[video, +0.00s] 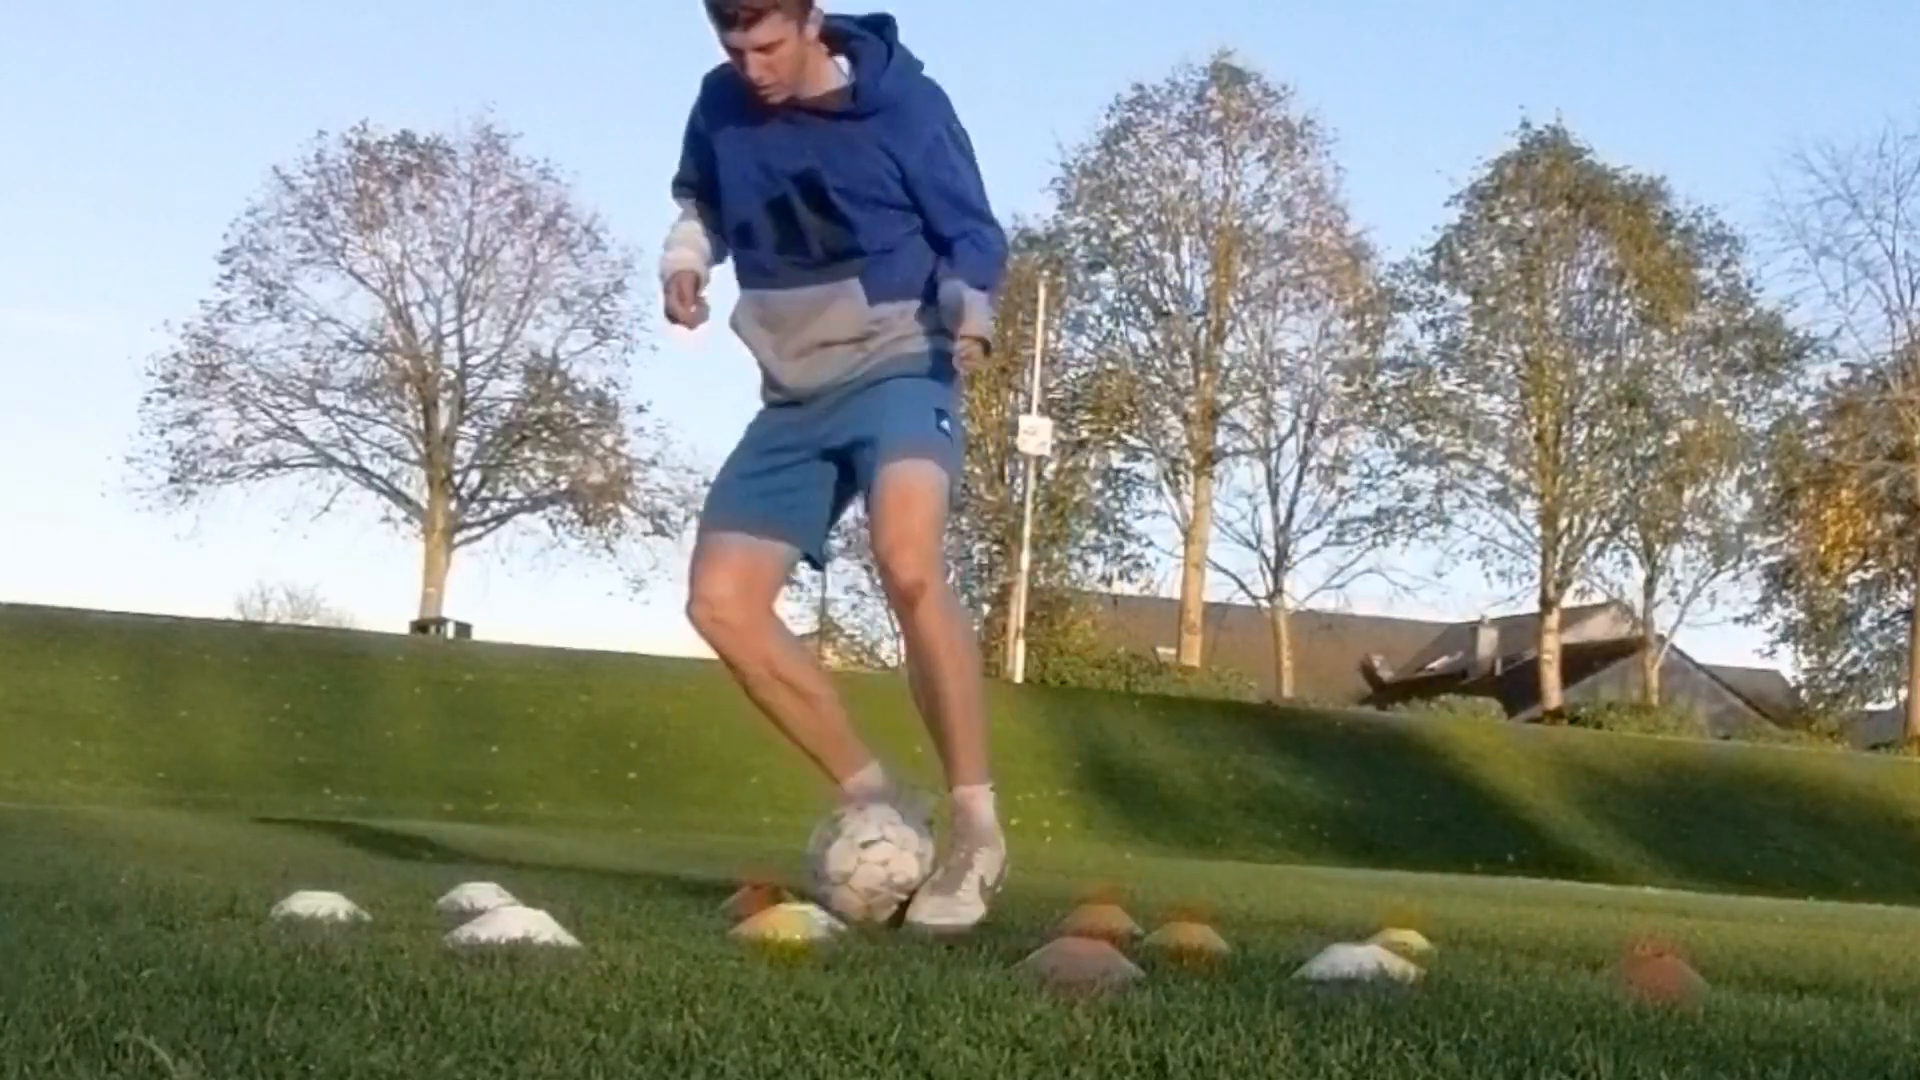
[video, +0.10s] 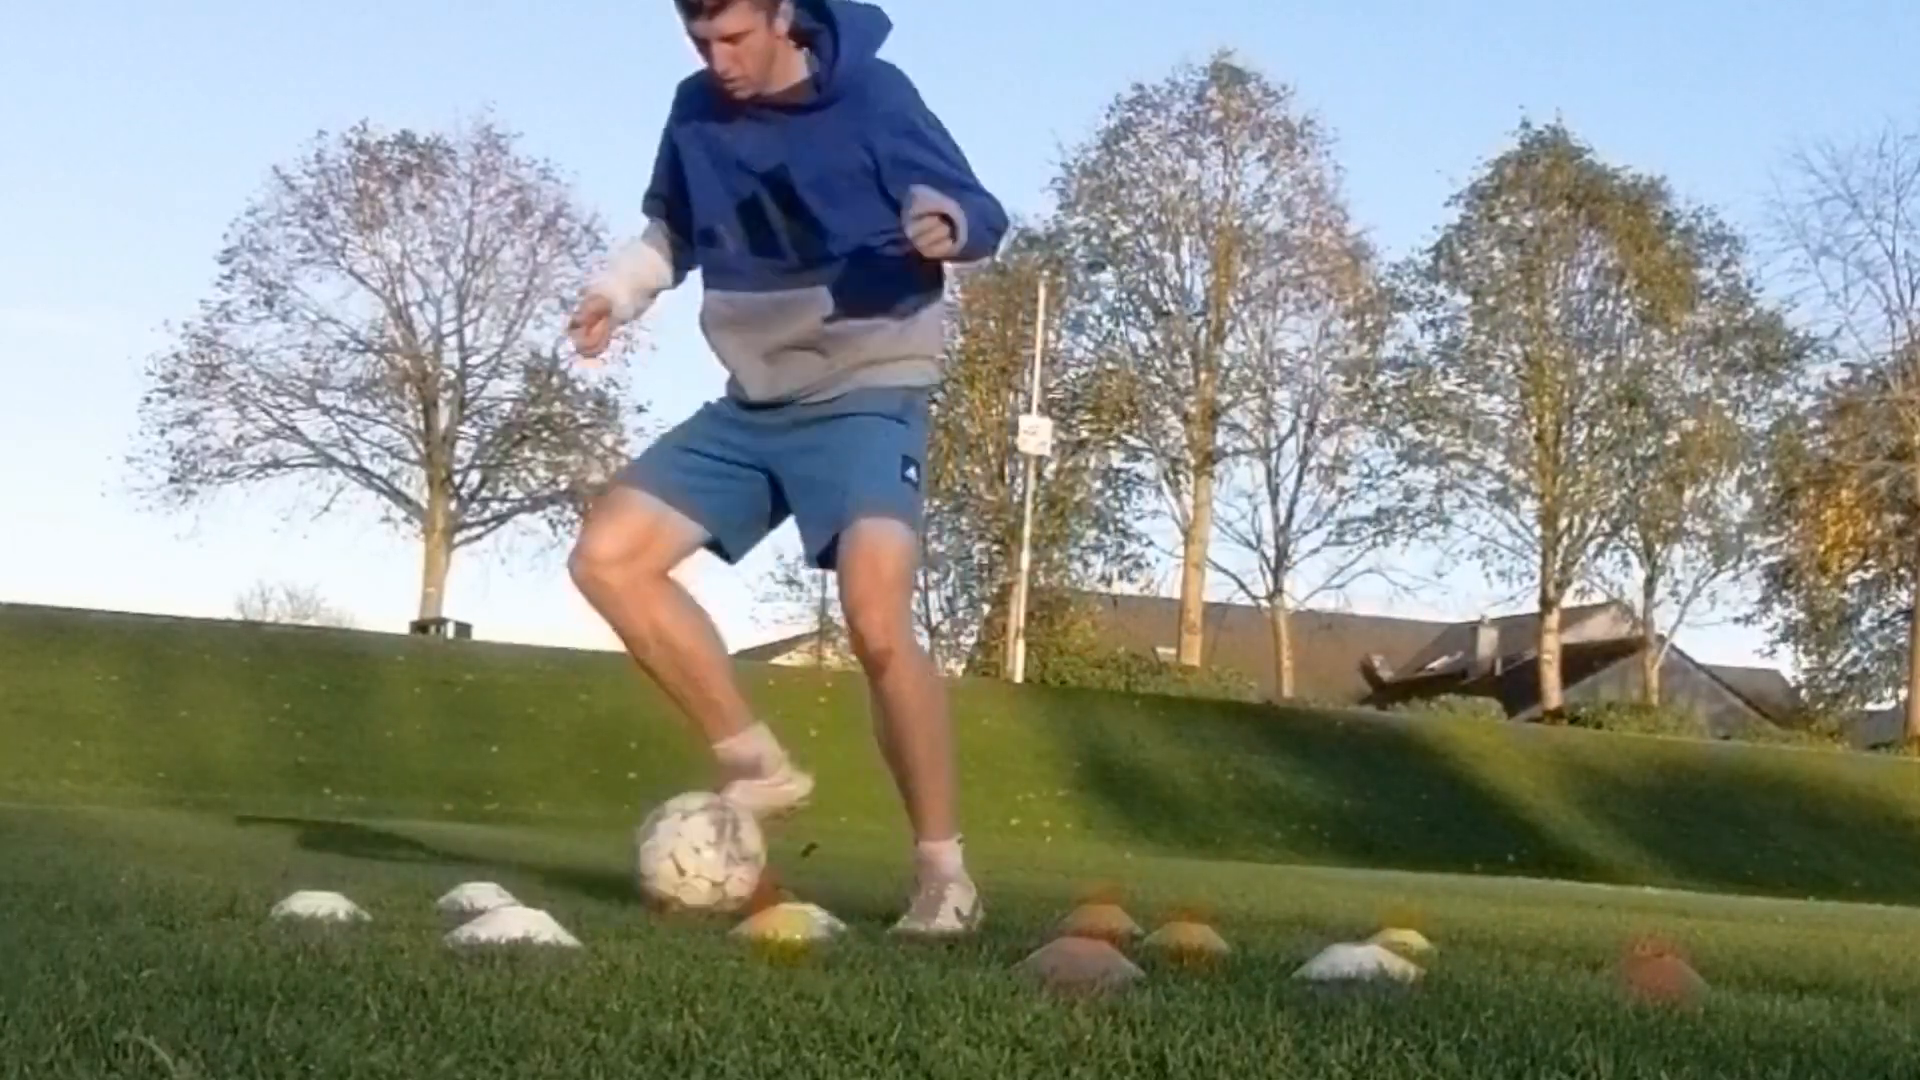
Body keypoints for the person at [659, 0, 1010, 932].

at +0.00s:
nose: (751, 65)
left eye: (767, 42)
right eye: (735, 46)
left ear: (811, 18)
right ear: (720, 34)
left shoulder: (901, 100)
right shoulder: (720, 106)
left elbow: (971, 231)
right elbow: (701, 201)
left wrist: (968, 315)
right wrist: (685, 257)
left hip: (901, 368)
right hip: (792, 395)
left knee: (907, 565)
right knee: (722, 603)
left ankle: (975, 829)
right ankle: (878, 810)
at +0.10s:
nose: (714, 62)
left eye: (731, 39)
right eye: (701, 41)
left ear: (787, 19)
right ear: (690, 30)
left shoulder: (872, 95)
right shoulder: (697, 110)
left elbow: (976, 210)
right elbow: (673, 229)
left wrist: (944, 226)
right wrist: (616, 292)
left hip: (870, 402)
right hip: (751, 406)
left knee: (876, 624)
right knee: (608, 557)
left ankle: (941, 872)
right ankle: (755, 766)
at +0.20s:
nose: (658, 37)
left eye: (672, 16)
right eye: (647, 20)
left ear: (732, 3)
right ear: (647, 22)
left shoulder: (806, 67)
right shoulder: (665, 76)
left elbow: (875, 197)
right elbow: (651, 192)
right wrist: (576, 284)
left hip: (810, 416)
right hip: (681, 397)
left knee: (851, 643)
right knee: (543, 541)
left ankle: (942, 882)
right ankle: (652, 768)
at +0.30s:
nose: (592, 3)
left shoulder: (719, 31)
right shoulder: (580, 29)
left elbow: (776, 164)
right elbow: (577, 125)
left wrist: (606, 114)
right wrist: (486, 191)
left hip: (721, 355)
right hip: (603, 357)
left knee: (763, 581)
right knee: (483, 533)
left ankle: (903, 805)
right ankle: (633, 759)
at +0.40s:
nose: (500, 3)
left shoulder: (628, 36)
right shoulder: (482, 32)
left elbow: (728, 183)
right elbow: (417, 98)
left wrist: (599, 231)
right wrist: (307, 141)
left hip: (626, 319)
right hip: (520, 345)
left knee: (570, 486)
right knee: (490, 616)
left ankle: (726, 699)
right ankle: (655, 842)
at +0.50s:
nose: (396, 1)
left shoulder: (561, 65)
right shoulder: (361, 39)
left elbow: (694, 177)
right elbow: (240, 57)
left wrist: (676, 266)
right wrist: (130, 40)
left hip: (524, 353)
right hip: (426, 351)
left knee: (362, 380)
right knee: (462, 640)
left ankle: (369, 685)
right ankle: (657, 844)